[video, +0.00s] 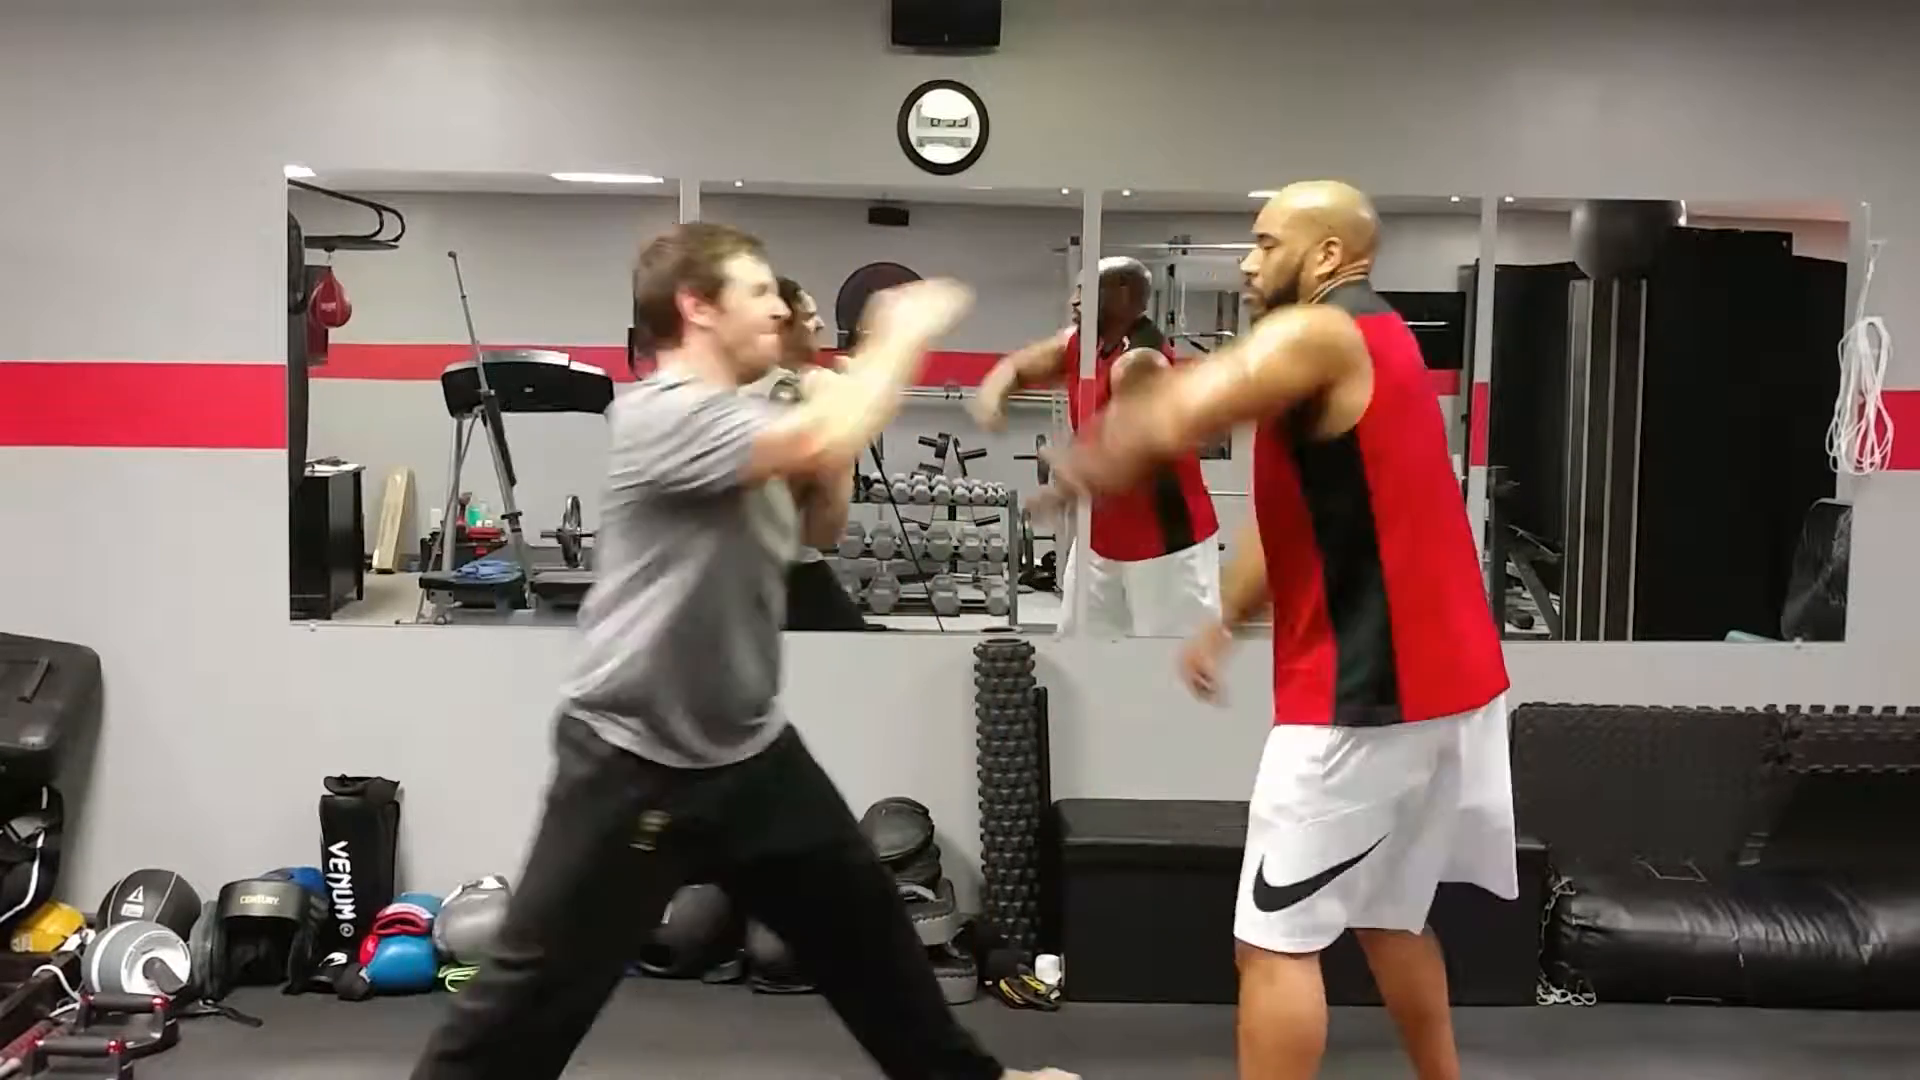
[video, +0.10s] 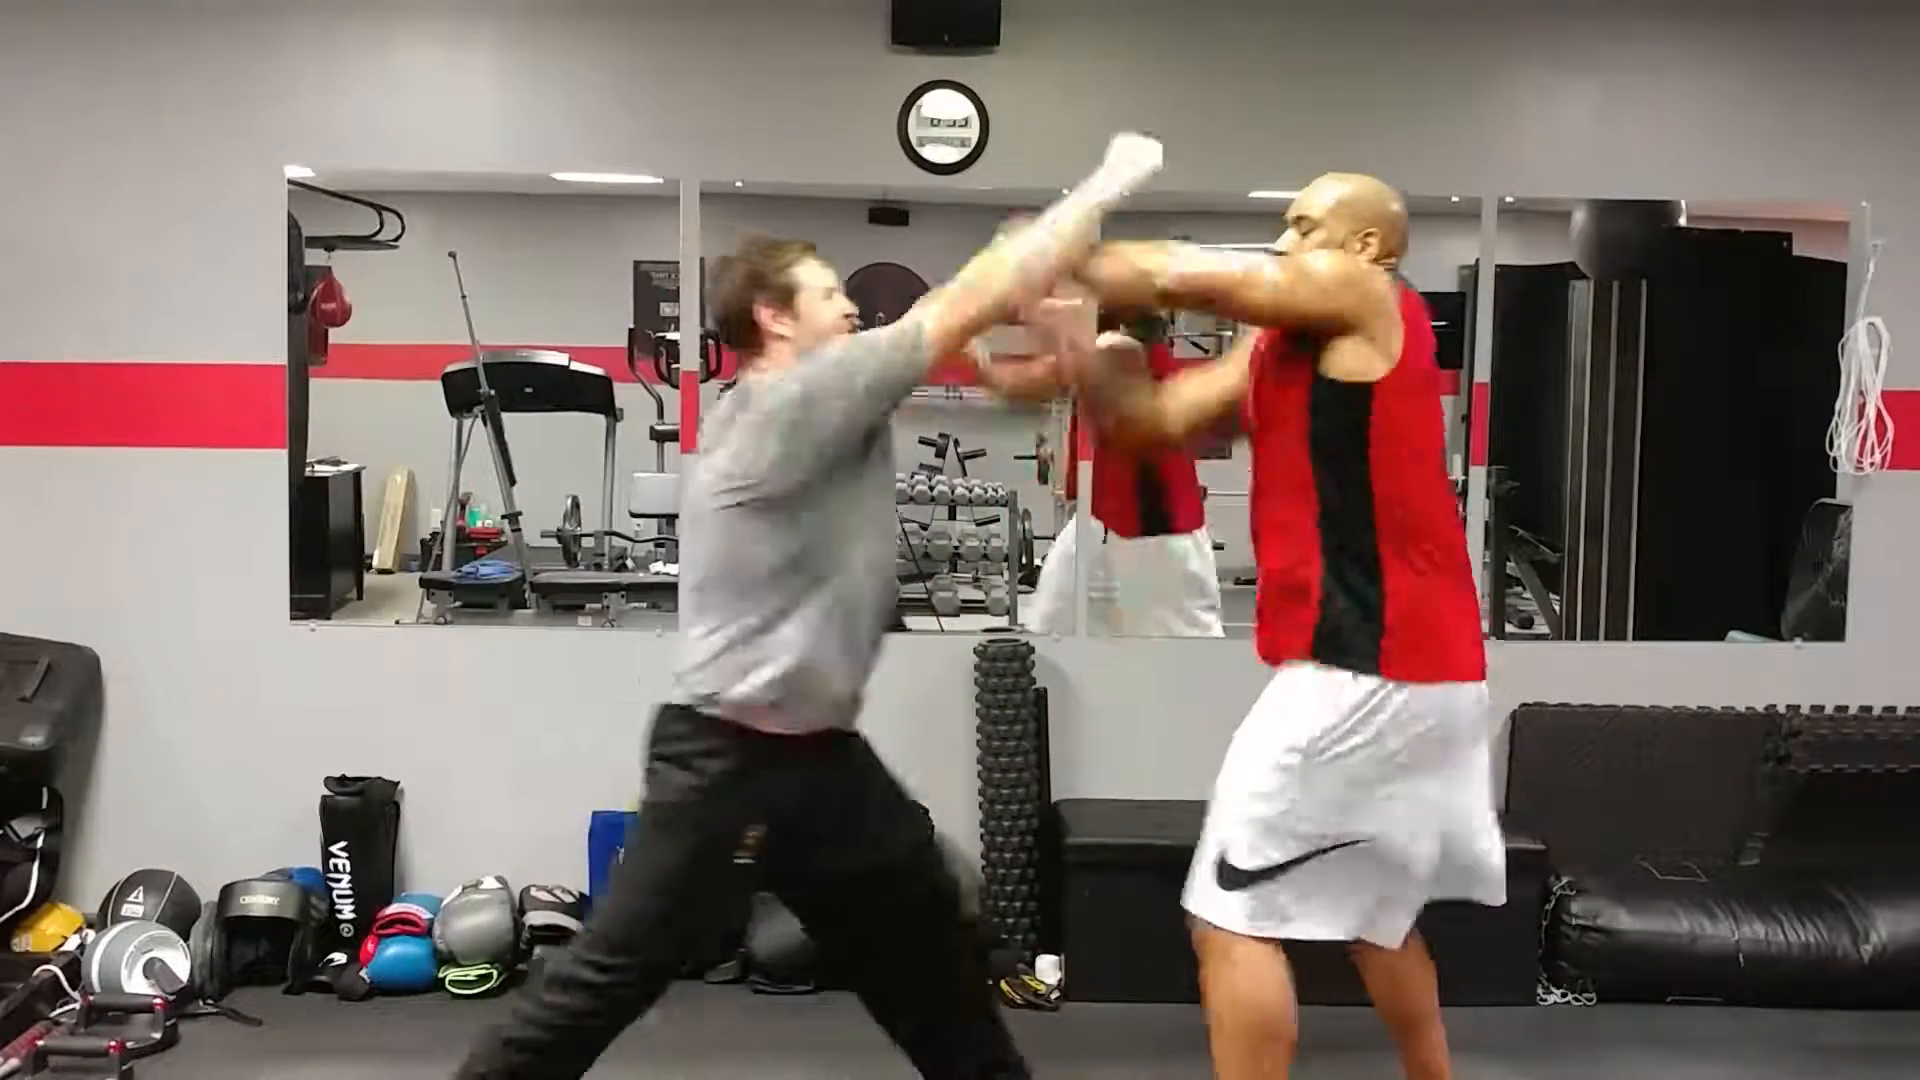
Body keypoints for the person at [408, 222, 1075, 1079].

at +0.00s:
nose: (782, 309)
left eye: (778, 293)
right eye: (761, 292)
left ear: (713, 311)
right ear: (698, 310)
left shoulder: (756, 413)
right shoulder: (656, 415)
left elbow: (819, 528)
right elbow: (819, 438)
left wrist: (838, 415)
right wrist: (900, 336)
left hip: (750, 749)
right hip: (629, 755)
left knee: (868, 935)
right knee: (529, 999)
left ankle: (962, 1074)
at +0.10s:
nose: (854, 310)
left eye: (845, 294)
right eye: (831, 296)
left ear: (781, 323)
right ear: (774, 320)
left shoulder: (827, 398)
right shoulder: (777, 407)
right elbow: (977, 299)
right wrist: (1104, 186)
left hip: (824, 760)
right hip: (720, 758)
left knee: (939, 978)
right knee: (607, 979)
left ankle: (992, 1076)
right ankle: (485, 1075)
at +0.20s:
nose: (905, 298)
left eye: (897, 282)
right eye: (886, 281)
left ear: (822, 307)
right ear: (827, 303)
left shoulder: (805, 398)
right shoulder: (843, 383)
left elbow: (953, 313)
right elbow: (1009, 287)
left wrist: (1085, 229)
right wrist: (1109, 207)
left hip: (869, 734)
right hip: (782, 733)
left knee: (976, 938)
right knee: (695, 973)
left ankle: (993, 1076)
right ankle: (561, 1076)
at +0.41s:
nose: (955, 293)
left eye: (948, 274)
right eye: (935, 278)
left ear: (872, 303)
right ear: (879, 299)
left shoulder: (820, 389)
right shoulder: (915, 367)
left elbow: (956, 434)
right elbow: (1053, 391)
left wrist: (1073, 375)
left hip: (871, 706)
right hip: (826, 699)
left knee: (971, 932)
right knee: (759, 968)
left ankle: (992, 1073)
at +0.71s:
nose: (1014, 347)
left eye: (1014, 330)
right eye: (998, 329)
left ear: (929, 338)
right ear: (936, 335)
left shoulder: (896, 409)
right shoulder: (929, 421)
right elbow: (1093, 519)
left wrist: (1038, 412)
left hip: (861, 717)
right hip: (786, 696)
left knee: (956, 915)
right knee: (751, 955)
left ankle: (973, 1067)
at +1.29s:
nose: (1010, 338)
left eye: (1010, 319)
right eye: (996, 316)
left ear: (936, 316)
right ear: (938, 314)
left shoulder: (864, 385)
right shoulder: (922, 418)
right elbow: (1080, 480)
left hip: (857, 714)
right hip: (775, 706)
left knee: (926, 909)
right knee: (705, 956)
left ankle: (920, 1067)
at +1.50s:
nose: (1004, 320)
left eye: (1003, 300)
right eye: (988, 298)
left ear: (928, 309)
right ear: (927, 307)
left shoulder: (924, 391)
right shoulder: (908, 396)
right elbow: (1016, 552)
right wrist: (1165, 547)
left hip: (852, 700)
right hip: (765, 684)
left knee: (919, 895)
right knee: (685, 932)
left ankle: (923, 1070)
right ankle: (595, 1078)